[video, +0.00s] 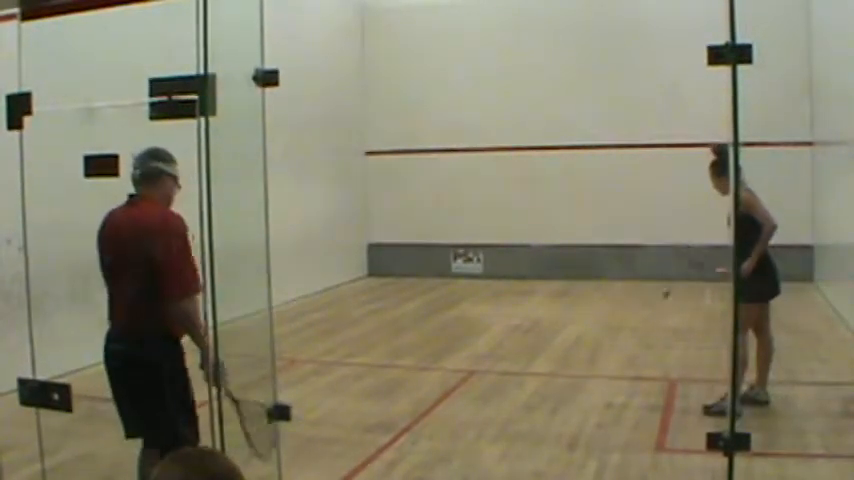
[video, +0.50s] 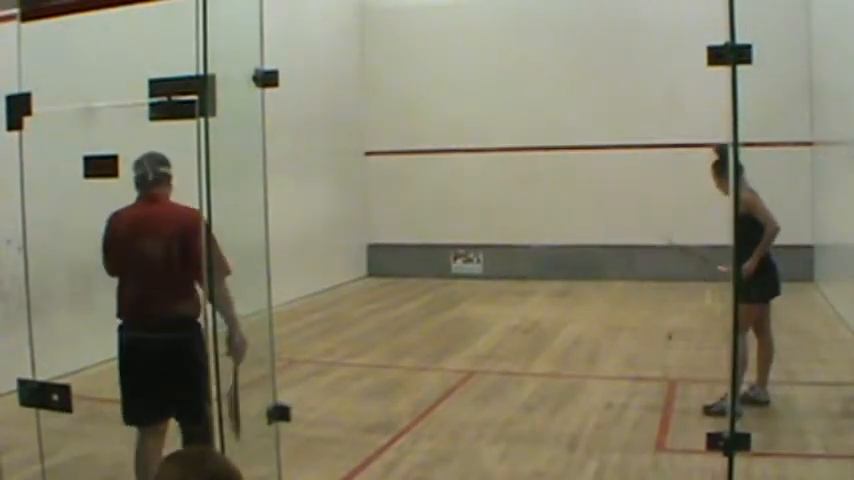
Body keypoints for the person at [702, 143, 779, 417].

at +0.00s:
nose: (716, 187)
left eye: (716, 182)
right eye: (714, 182)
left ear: (725, 177)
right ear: (727, 176)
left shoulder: (745, 197)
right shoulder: (740, 198)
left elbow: (769, 225)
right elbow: (751, 235)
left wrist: (751, 260)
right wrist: (737, 264)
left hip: (752, 276)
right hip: (756, 275)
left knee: (738, 334)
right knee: (762, 332)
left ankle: (733, 393)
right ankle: (759, 388)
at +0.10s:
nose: (716, 187)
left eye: (716, 181)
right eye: (714, 182)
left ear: (726, 178)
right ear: (728, 176)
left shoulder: (745, 197)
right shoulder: (740, 199)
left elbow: (770, 226)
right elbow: (747, 243)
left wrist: (751, 261)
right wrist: (732, 272)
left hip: (753, 276)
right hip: (756, 275)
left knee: (738, 334)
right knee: (762, 332)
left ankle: (733, 393)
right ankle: (759, 388)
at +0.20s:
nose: (716, 187)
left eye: (717, 181)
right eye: (715, 182)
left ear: (725, 177)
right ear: (729, 176)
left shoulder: (745, 197)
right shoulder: (741, 197)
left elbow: (770, 225)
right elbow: (751, 236)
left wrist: (751, 260)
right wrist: (735, 265)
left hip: (752, 276)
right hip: (756, 274)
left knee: (738, 333)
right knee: (762, 332)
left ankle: (733, 393)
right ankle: (760, 388)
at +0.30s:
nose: (716, 187)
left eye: (717, 181)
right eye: (715, 181)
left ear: (726, 177)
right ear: (729, 176)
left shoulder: (746, 197)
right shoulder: (741, 198)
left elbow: (772, 226)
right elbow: (750, 240)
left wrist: (752, 262)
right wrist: (735, 270)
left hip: (753, 277)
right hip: (757, 276)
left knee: (738, 334)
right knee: (762, 332)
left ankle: (733, 394)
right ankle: (760, 388)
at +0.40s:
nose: (717, 185)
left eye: (717, 179)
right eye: (715, 180)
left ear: (726, 177)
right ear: (730, 175)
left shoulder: (746, 197)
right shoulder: (742, 197)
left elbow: (772, 226)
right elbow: (749, 243)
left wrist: (752, 261)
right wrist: (733, 273)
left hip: (753, 277)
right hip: (757, 276)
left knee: (738, 334)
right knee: (762, 332)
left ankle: (733, 394)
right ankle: (760, 388)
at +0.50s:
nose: (717, 186)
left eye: (717, 180)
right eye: (716, 181)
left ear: (725, 178)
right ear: (731, 175)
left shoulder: (747, 197)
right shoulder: (741, 198)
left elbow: (772, 227)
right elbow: (752, 236)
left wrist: (753, 261)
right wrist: (737, 265)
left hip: (754, 275)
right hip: (754, 274)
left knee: (737, 333)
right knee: (762, 331)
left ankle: (733, 394)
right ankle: (760, 388)